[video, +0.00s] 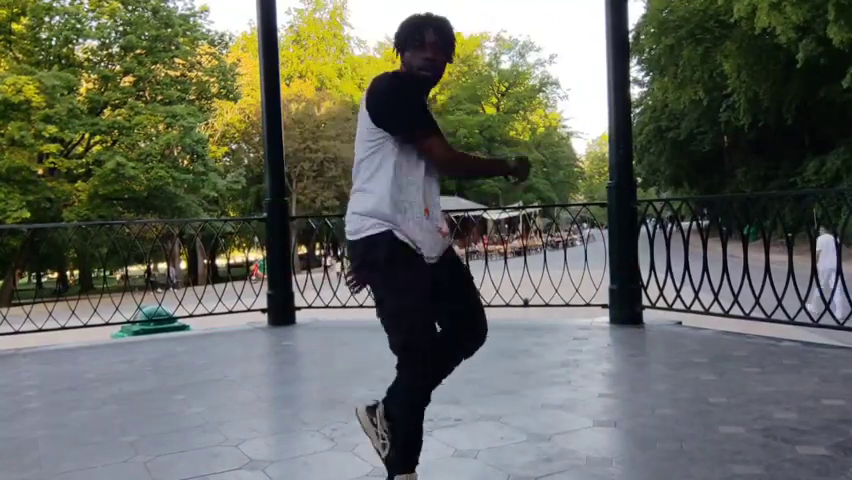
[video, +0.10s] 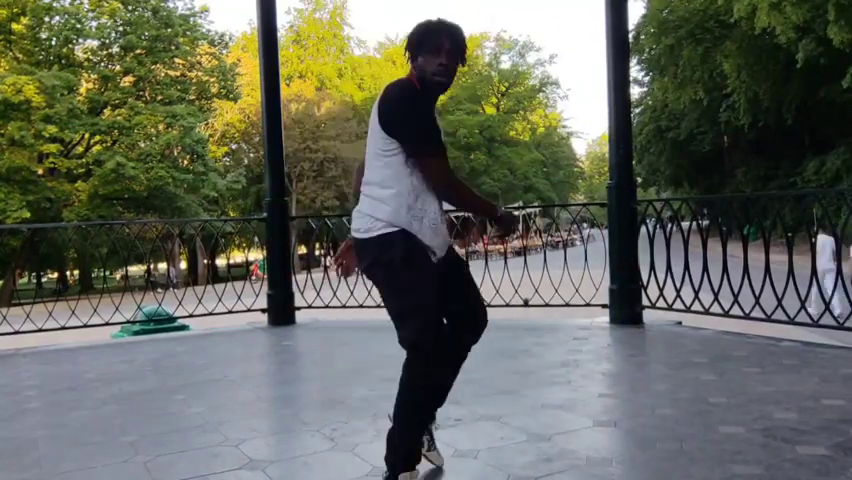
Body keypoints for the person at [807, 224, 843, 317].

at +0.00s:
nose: (819, 231)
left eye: (820, 229)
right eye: (820, 229)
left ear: (822, 230)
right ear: (829, 229)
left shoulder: (820, 239)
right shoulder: (835, 238)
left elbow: (817, 253)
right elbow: (838, 252)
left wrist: (814, 264)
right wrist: (837, 264)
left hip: (823, 266)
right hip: (835, 266)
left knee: (819, 287)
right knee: (837, 288)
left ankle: (814, 307)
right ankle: (839, 313)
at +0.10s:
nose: (813, 232)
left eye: (814, 230)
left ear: (816, 230)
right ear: (824, 229)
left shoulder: (815, 239)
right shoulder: (831, 239)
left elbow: (813, 253)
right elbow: (835, 252)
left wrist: (813, 264)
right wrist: (835, 261)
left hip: (819, 266)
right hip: (830, 265)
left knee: (815, 287)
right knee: (832, 288)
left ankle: (814, 308)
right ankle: (837, 310)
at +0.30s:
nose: (811, 228)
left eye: (811, 227)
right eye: (812, 227)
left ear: (809, 228)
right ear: (817, 228)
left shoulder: (806, 238)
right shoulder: (824, 237)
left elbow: (805, 252)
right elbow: (828, 252)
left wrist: (803, 264)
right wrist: (829, 264)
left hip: (810, 265)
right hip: (821, 264)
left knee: (811, 286)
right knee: (822, 284)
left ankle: (813, 308)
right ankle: (828, 301)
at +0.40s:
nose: (808, 229)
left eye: (807, 228)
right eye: (811, 227)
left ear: (805, 228)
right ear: (815, 227)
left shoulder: (803, 238)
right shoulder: (820, 237)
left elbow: (800, 251)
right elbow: (823, 249)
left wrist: (799, 261)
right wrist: (825, 262)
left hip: (807, 263)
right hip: (817, 262)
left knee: (809, 285)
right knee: (815, 284)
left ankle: (813, 307)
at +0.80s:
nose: (796, 230)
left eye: (796, 229)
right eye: (797, 229)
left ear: (797, 229)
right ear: (804, 229)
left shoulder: (796, 236)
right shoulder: (807, 236)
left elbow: (794, 248)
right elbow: (810, 249)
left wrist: (793, 258)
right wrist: (812, 258)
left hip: (799, 260)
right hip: (807, 259)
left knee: (799, 280)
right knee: (806, 279)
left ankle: (802, 298)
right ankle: (804, 295)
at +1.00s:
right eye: (806, 228)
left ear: (796, 227)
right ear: (804, 228)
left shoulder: (791, 236)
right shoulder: (806, 236)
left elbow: (787, 248)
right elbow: (808, 249)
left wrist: (788, 260)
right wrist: (809, 258)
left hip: (793, 260)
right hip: (804, 260)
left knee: (791, 282)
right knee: (803, 282)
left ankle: (791, 302)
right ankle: (802, 301)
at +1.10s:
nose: (787, 230)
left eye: (788, 229)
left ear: (789, 229)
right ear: (797, 228)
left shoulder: (786, 238)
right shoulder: (802, 237)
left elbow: (784, 251)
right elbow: (807, 251)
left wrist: (783, 262)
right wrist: (808, 262)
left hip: (789, 263)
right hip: (800, 262)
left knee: (788, 283)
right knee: (801, 282)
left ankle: (787, 301)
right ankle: (802, 302)